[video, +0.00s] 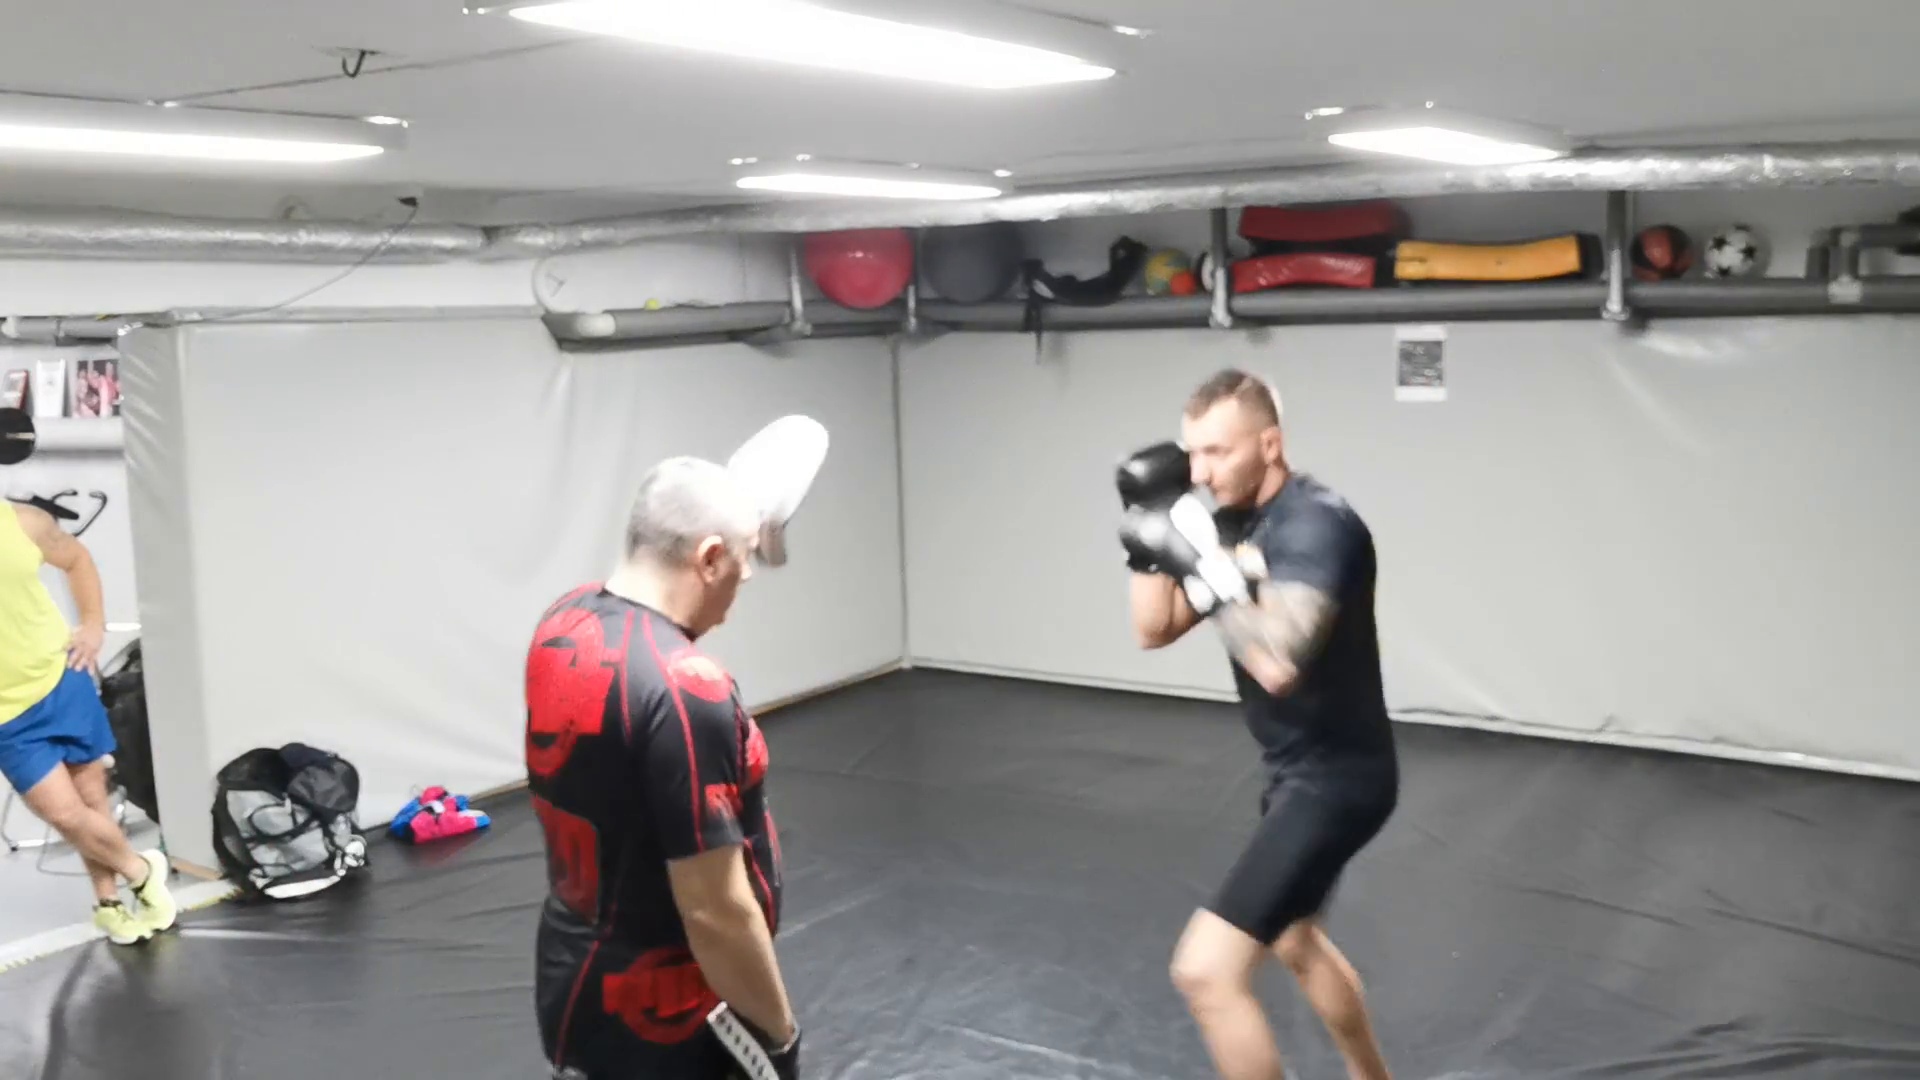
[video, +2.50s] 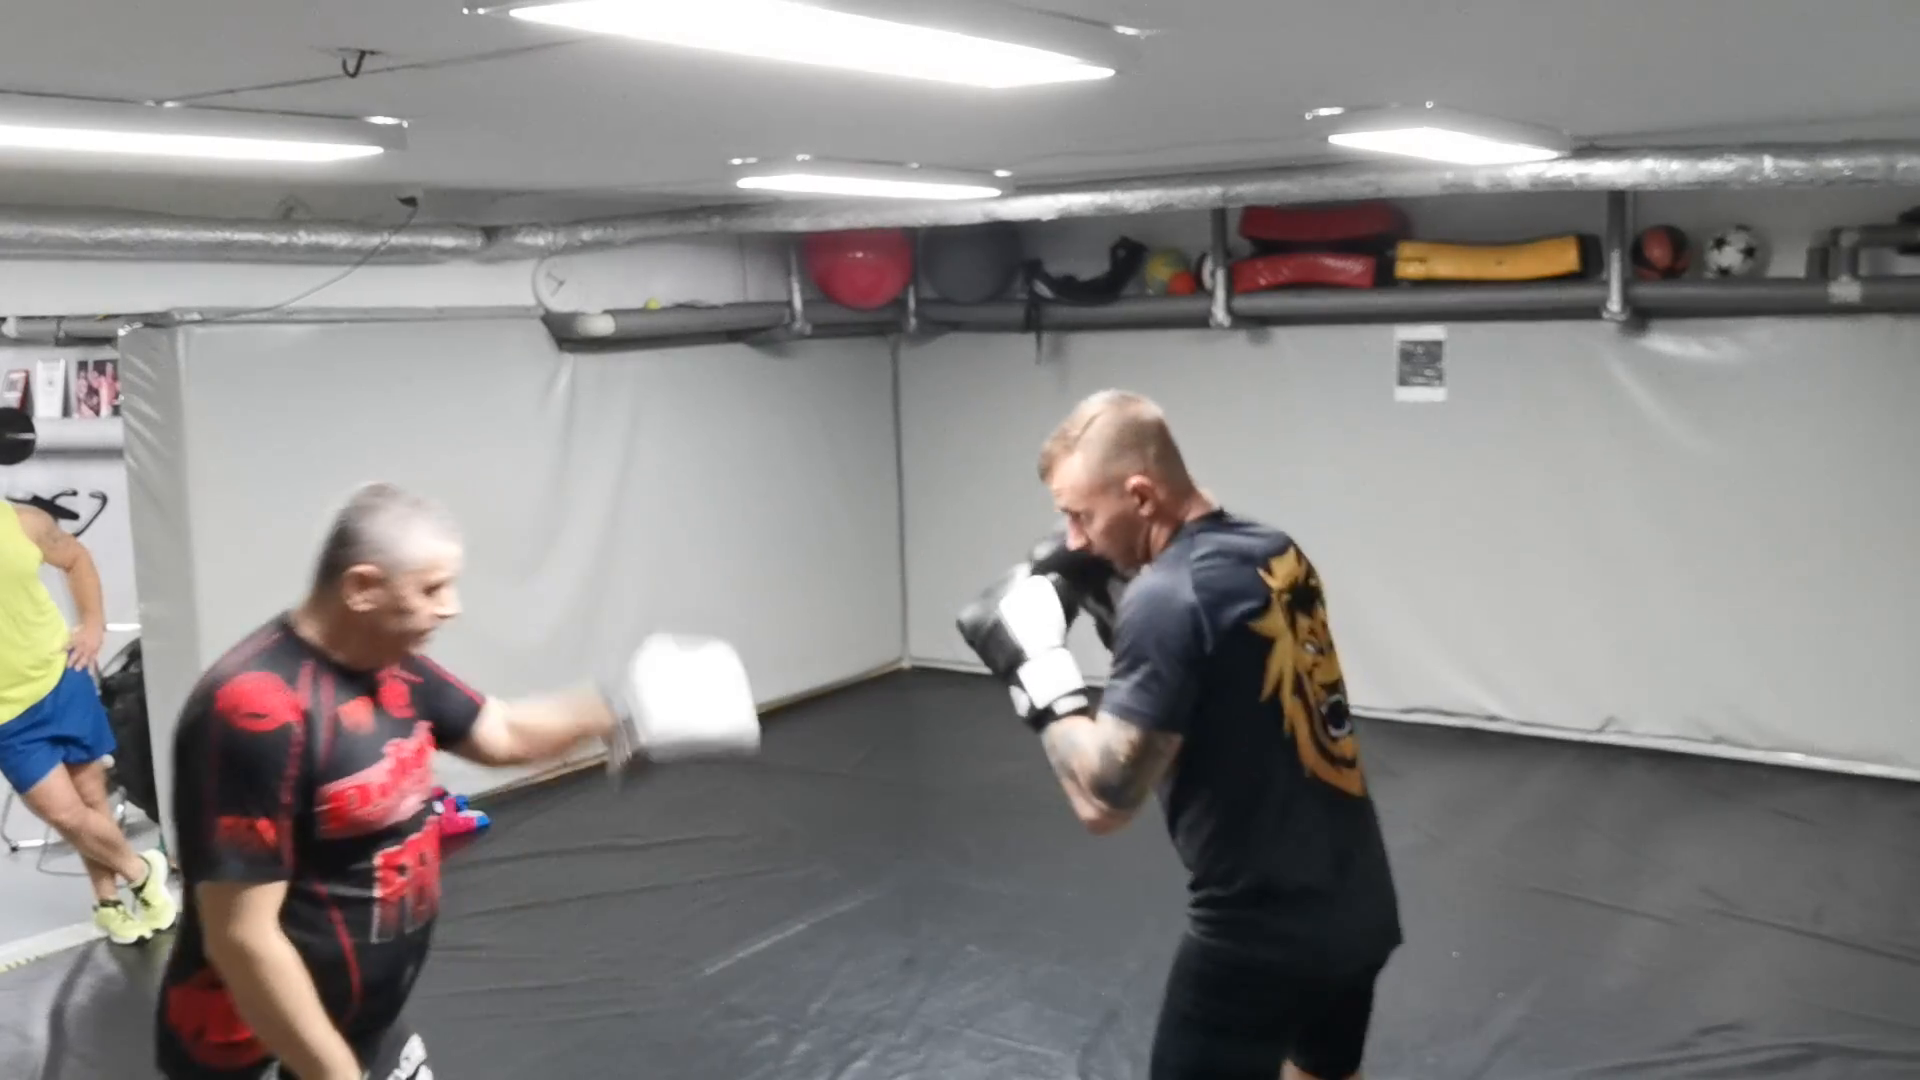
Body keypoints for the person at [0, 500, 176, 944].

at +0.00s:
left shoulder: (22, 522)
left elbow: (77, 559)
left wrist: (93, 623)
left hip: (62, 683)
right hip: (8, 716)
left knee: (91, 799)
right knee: (65, 817)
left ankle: (108, 901)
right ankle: (142, 872)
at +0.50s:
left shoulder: (21, 522)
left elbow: (76, 557)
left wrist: (92, 622)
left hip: (62, 682)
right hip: (8, 715)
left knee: (92, 798)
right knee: (66, 817)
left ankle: (108, 902)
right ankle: (142, 872)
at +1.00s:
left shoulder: (21, 522)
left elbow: (77, 558)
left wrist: (92, 623)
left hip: (61, 681)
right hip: (7, 714)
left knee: (91, 796)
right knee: (64, 816)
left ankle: (107, 901)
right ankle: (141, 872)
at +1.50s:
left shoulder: (22, 523)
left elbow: (76, 558)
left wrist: (92, 624)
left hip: (61, 682)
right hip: (8, 714)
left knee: (91, 798)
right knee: (65, 816)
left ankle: (108, 902)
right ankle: (141, 872)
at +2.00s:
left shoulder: (20, 523)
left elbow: (76, 558)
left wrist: (92, 623)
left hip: (61, 682)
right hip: (7, 715)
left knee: (91, 798)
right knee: (66, 817)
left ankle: (108, 901)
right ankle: (141, 873)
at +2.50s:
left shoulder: (19, 522)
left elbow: (76, 558)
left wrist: (93, 623)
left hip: (61, 682)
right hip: (8, 716)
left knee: (91, 797)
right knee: (66, 817)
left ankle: (107, 900)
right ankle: (142, 872)